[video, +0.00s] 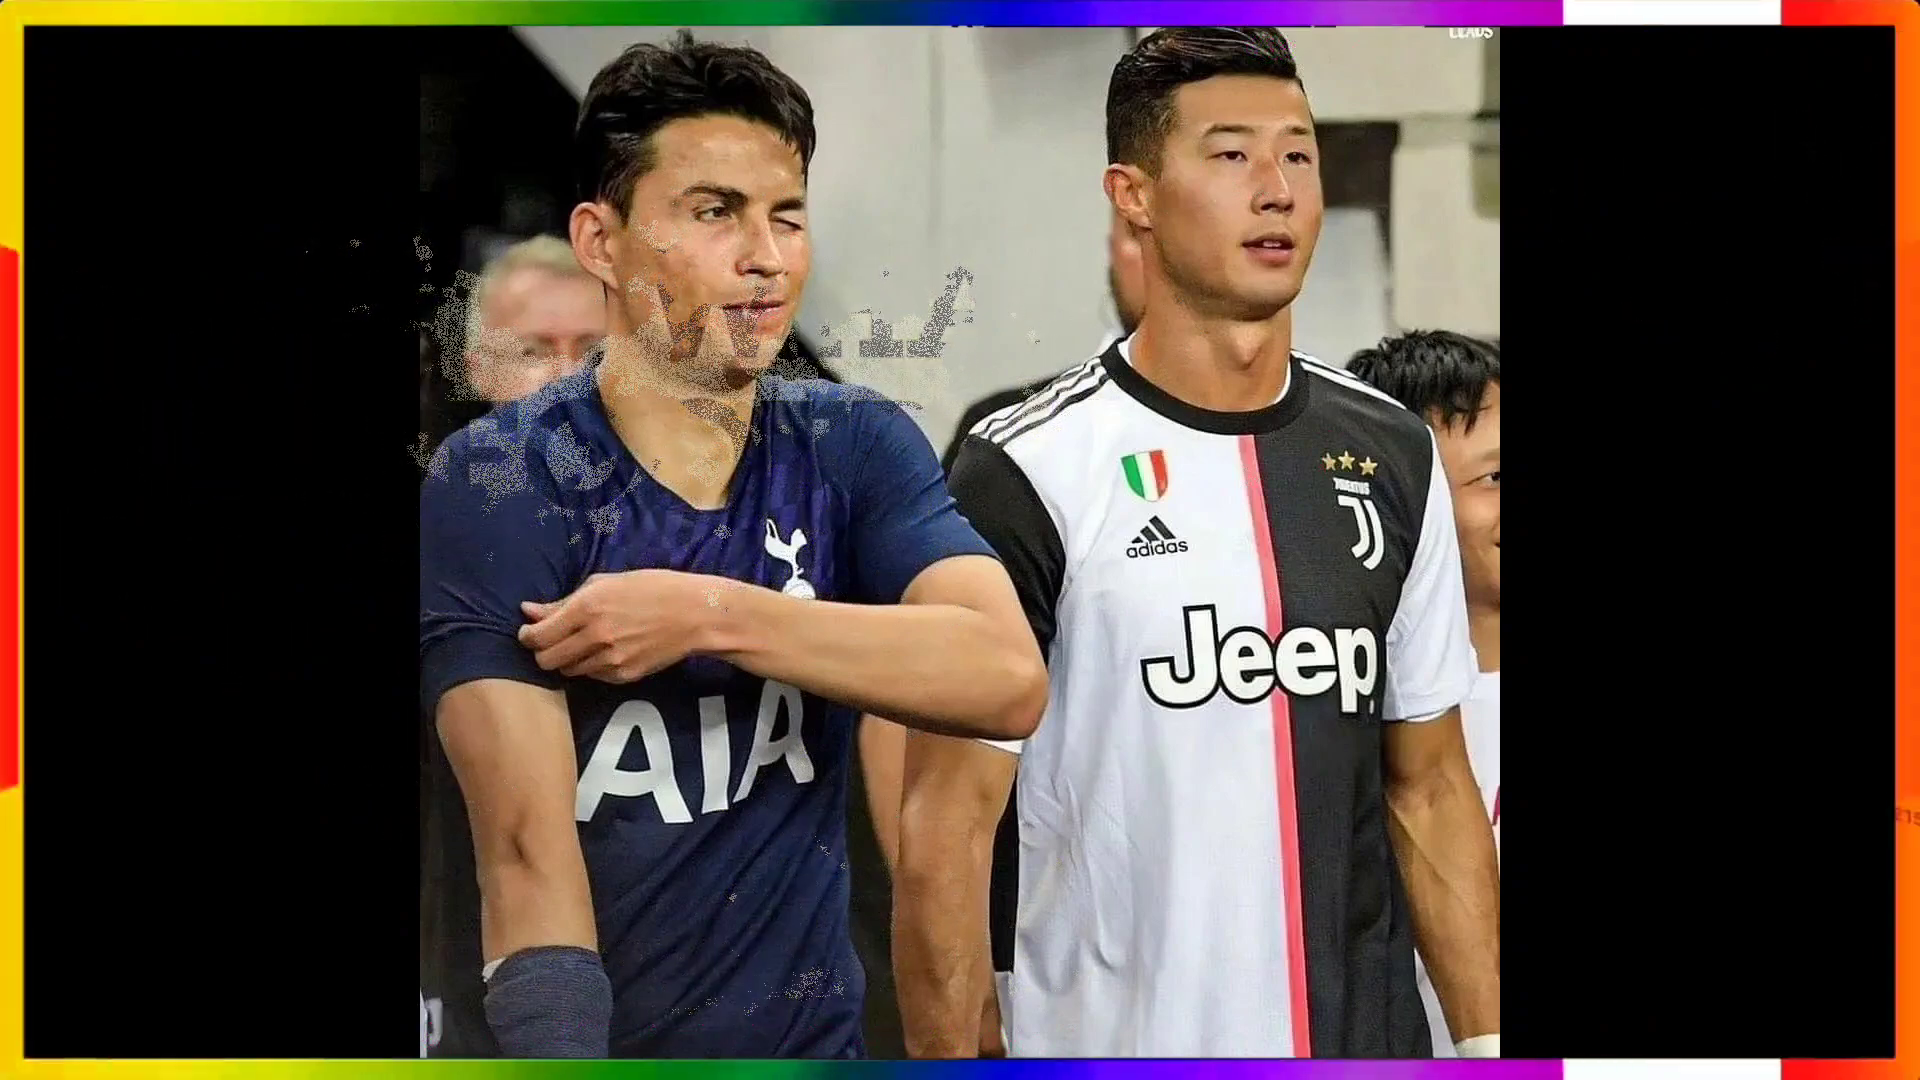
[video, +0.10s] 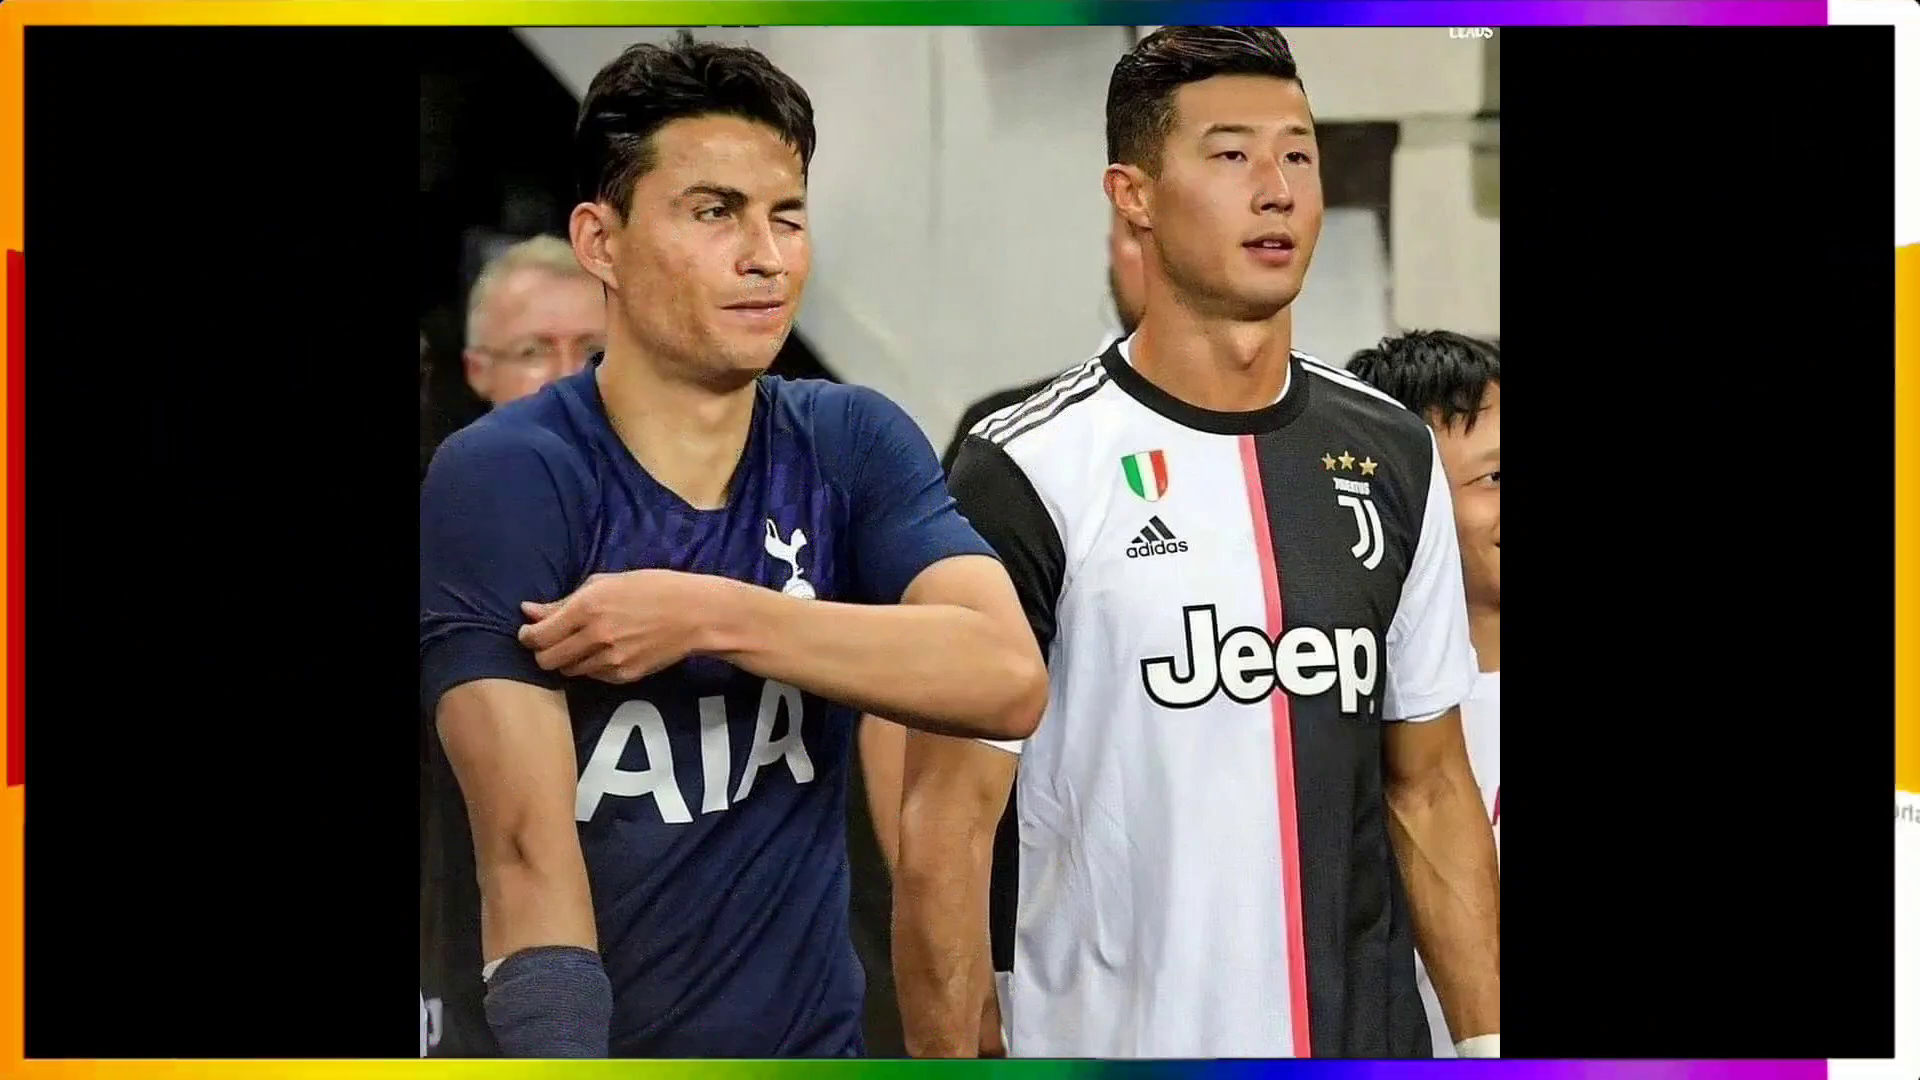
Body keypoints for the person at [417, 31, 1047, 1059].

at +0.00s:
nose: (766, 258)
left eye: (785, 218)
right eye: (712, 213)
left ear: (808, 238)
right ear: (601, 242)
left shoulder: (858, 442)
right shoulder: (491, 481)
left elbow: (1009, 681)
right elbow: (525, 849)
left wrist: (715, 613)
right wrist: (560, 1057)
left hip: (806, 1035)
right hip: (589, 1032)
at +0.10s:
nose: (765, 257)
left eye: (785, 217)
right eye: (711, 212)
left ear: (809, 236)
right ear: (601, 242)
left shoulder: (856, 439)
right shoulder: (500, 476)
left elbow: (1009, 680)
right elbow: (525, 850)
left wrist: (713, 613)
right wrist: (559, 1060)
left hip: (810, 1041)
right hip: (597, 1037)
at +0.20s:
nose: (765, 257)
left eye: (785, 217)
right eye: (712, 212)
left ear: (809, 236)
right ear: (601, 242)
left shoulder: (857, 439)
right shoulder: (500, 476)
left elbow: (1009, 680)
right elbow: (525, 850)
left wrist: (713, 613)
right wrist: (560, 1059)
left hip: (810, 1041)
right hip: (597, 1036)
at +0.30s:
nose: (765, 257)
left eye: (785, 217)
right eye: (711, 212)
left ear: (809, 236)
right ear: (601, 242)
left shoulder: (857, 439)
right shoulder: (500, 476)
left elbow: (1009, 680)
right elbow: (525, 851)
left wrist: (713, 613)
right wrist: (560, 1059)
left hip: (810, 1040)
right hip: (597, 1036)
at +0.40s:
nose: (766, 257)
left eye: (785, 218)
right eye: (712, 212)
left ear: (809, 237)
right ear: (601, 241)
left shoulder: (857, 439)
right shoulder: (500, 476)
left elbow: (1009, 680)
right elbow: (525, 851)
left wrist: (713, 613)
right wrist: (560, 1059)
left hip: (810, 1040)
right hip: (596, 1036)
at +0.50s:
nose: (765, 257)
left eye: (785, 217)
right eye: (712, 212)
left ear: (809, 236)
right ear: (601, 242)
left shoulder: (857, 439)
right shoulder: (500, 476)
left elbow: (1009, 680)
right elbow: (525, 850)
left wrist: (713, 613)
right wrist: (559, 1058)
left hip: (810, 1040)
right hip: (599, 1036)